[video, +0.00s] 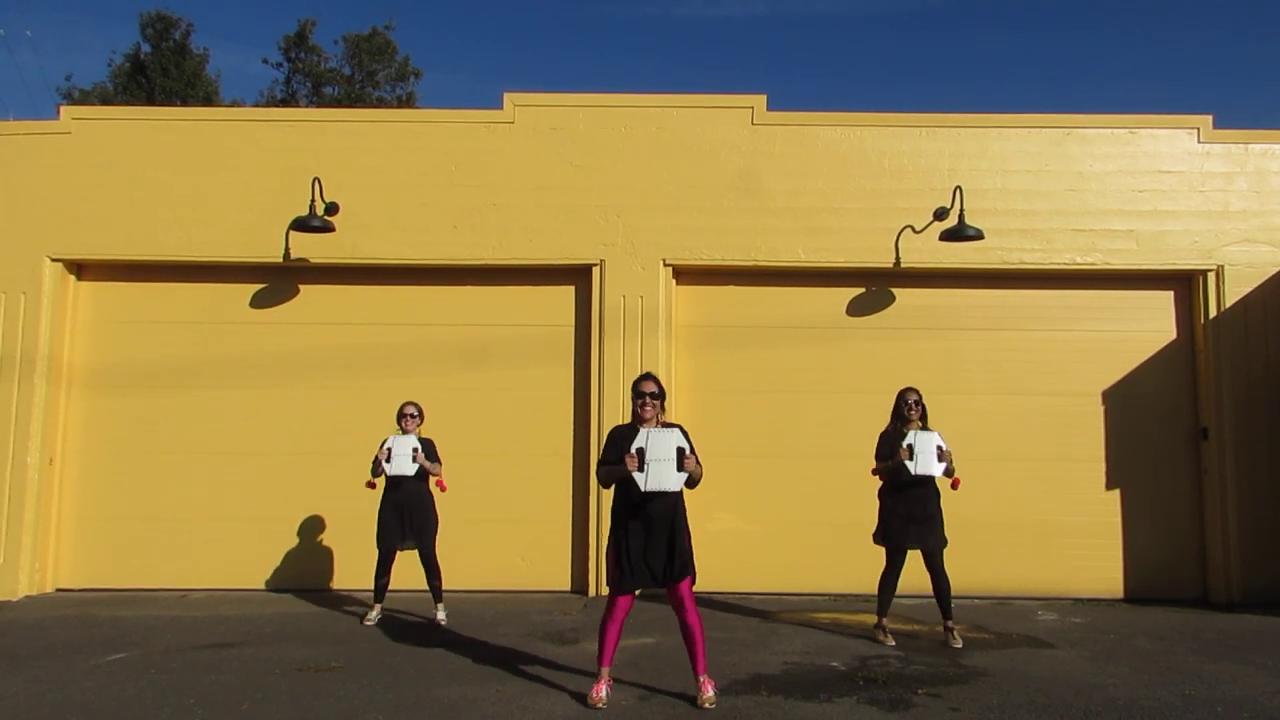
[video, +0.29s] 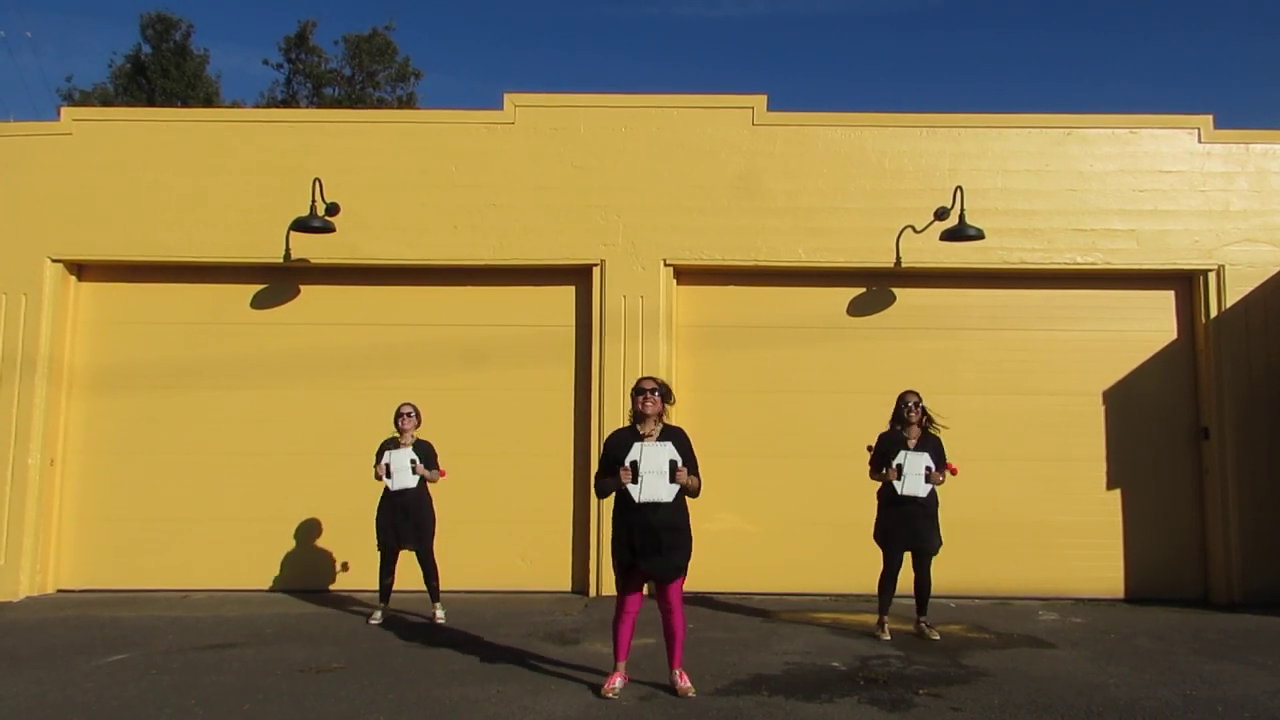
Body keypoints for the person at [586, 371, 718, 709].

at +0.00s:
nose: (645, 401)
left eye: (652, 396)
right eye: (640, 395)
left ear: (661, 401)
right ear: (632, 399)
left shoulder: (676, 434)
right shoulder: (620, 435)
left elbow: (693, 481)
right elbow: (603, 477)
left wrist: (694, 469)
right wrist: (623, 467)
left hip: (671, 532)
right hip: (629, 532)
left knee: (684, 602)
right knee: (619, 603)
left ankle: (702, 679)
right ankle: (603, 678)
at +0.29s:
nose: (647, 397)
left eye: (653, 393)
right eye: (641, 393)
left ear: (664, 402)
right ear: (633, 401)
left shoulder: (677, 437)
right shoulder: (618, 440)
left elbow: (695, 488)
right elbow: (600, 489)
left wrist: (686, 480)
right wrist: (617, 479)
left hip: (671, 535)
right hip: (630, 535)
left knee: (672, 604)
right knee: (627, 605)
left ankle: (677, 671)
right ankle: (618, 672)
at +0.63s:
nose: (647, 415)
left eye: (653, 409)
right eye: (641, 409)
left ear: (664, 411)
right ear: (633, 411)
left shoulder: (676, 443)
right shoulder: (623, 444)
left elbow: (691, 475)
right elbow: (612, 475)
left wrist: (691, 465)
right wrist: (623, 467)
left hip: (674, 539)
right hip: (631, 540)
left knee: (685, 608)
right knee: (621, 612)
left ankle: (701, 683)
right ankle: (607, 683)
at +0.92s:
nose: (648, 403)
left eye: (655, 398)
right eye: (643, 398)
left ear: (667, 404)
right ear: (636, 403)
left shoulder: (679, 441)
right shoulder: (620, 442)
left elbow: (695, 491)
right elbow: (600, 486)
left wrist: (683, 482)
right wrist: (614, 480)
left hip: (671, 536)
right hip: (630, 535)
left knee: (668, 604)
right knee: (630, 606)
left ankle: (671, 671)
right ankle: (624, 671)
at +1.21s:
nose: (651, 402)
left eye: (658, 397)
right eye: (645, 397)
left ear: (671, 402)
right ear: (638, 401)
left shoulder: (681, 439)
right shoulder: (627, 438)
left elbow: (701, 479)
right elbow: (609, 480)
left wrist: (699, 475)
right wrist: (630, 471)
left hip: (678, 533)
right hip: (633, 533)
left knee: (700, 602)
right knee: (618, 608)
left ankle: (722, 676)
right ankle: (601, 675)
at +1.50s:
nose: (665, 394)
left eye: (672, 389)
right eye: (660, 389)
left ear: (686, 392)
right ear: (653, 392)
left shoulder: (704, 417)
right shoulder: (647, 427)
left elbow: (741, 395)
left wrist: (755, 362)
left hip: (696, 515)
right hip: (654, 516)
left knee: (713, 594)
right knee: (636, 592)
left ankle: (731, 668)